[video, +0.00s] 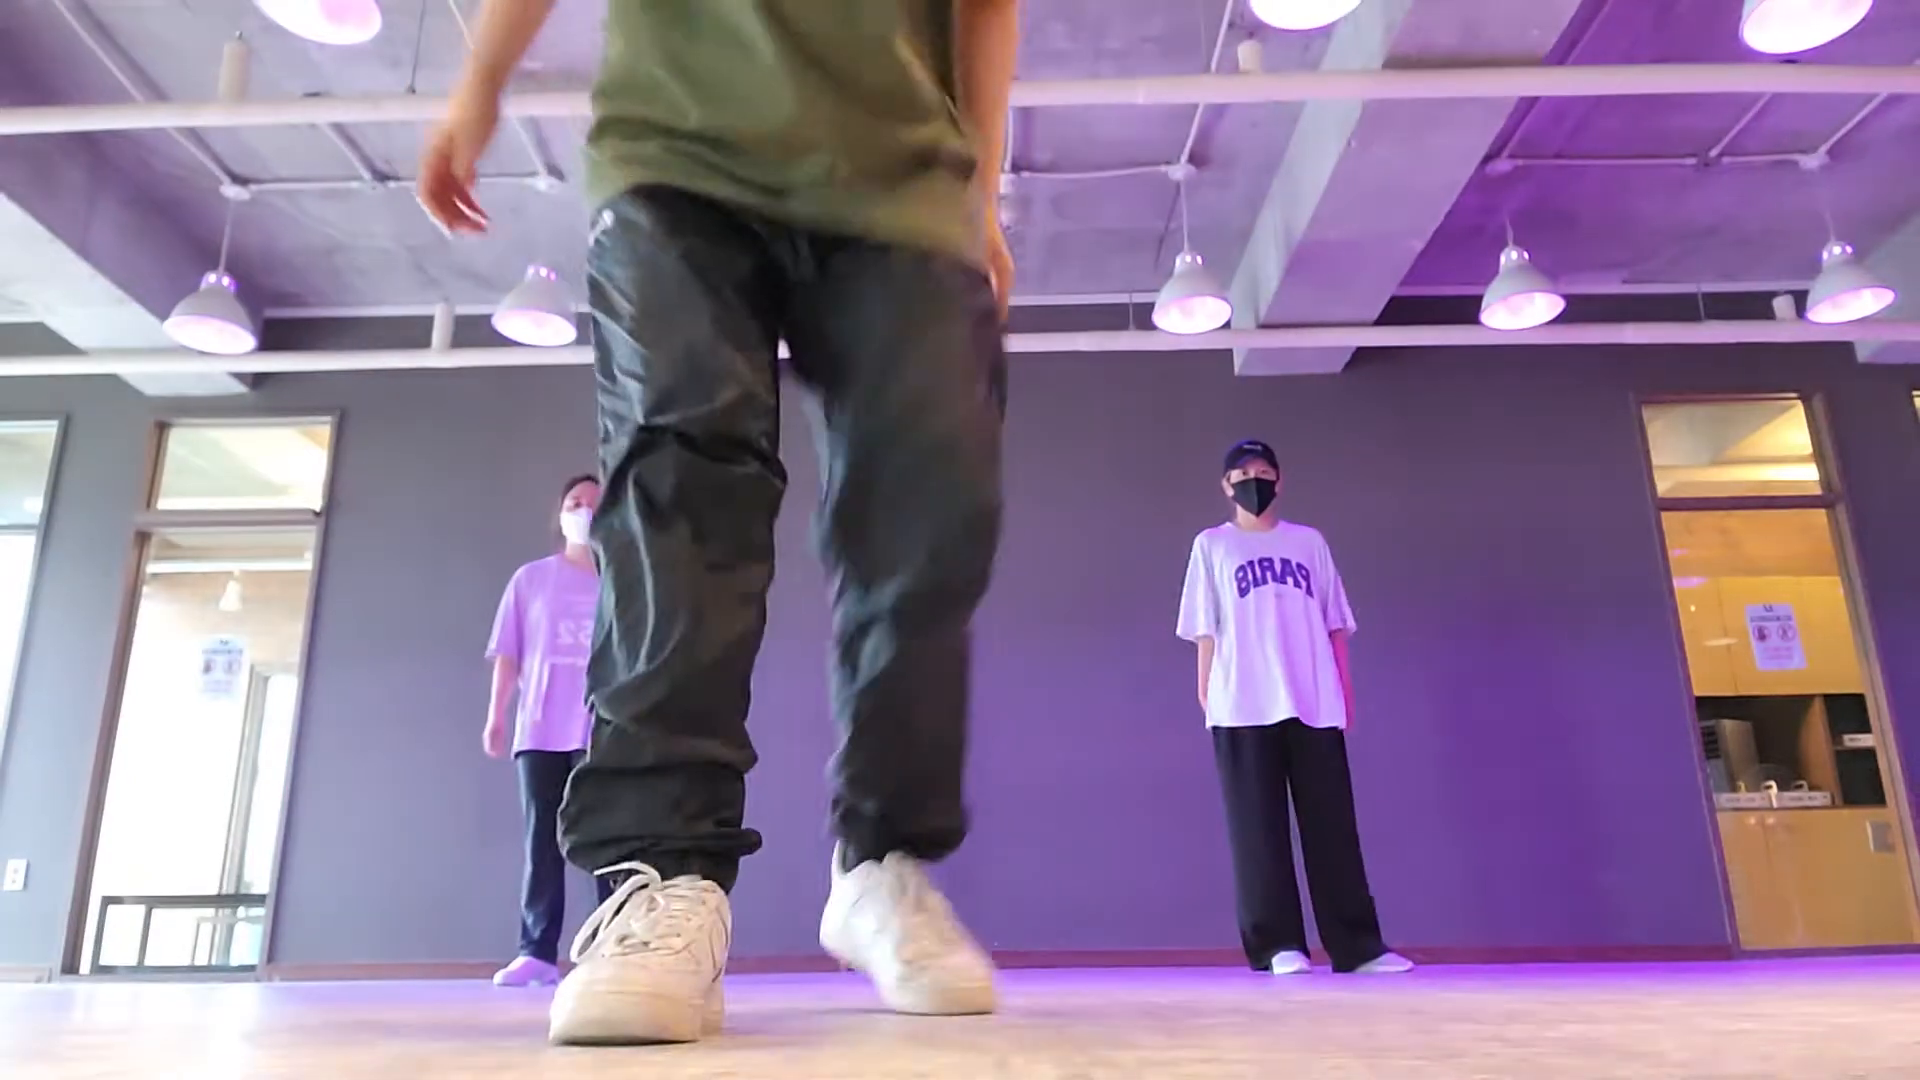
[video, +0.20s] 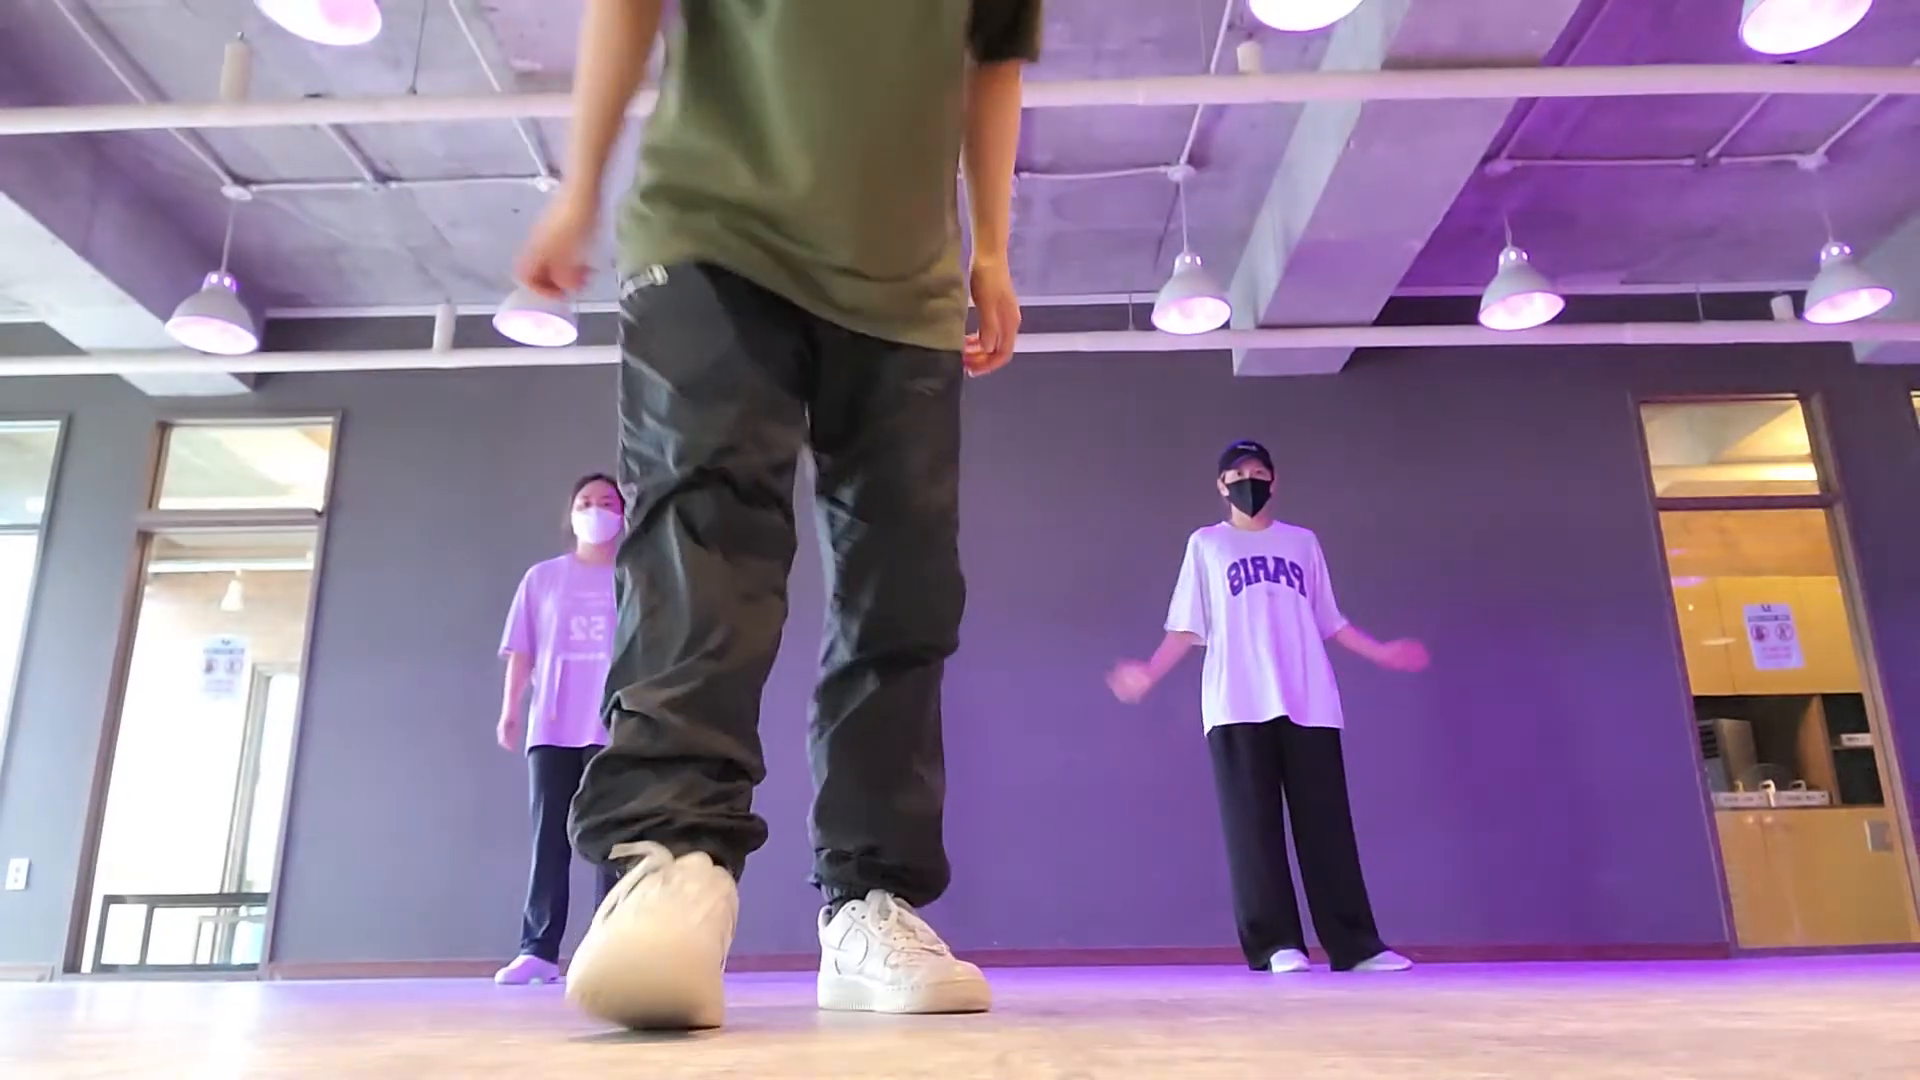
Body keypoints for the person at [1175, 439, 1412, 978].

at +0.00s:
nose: (1253, 479)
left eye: (1262, 471)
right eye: (1242, 472)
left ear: (1278, 481)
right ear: (1227, 485)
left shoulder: (1310, 542)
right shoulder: (1211, 546)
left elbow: (1335, 630)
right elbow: (1207, 638)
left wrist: (1345, 698)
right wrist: (1208, 709)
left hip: (1313, 704)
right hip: (1244, 709)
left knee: (1333, 829)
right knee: (1261, 834)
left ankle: (1359, 948)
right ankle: (1278, 948)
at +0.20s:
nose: (1249, 482)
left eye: (1258, 473)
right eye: (1238, 475)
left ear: (1274, 481)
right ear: (1222, 485)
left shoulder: (1304, 543)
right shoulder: (1206, 545)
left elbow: (1331, 624)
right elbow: (1187, 629)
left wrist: (1382, 652)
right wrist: (1147, 673)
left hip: (1309, 704)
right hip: (1239, 708)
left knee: (1327, 827)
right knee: (1255, 833)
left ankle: (1356, 949)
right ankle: (1275, 947)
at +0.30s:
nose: (1247, 483)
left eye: (1256, 474)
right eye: (1235, 475)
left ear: (1270, 483)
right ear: (1218, 485)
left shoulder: (1299, 543)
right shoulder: (1199, 544)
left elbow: (1340, 607)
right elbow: (1171, 613)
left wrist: (1366, 619)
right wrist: (1155, 633)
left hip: (1305, 699)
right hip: (1235, 702)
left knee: (1324, 823)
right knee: (1252, 831)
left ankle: (1355, 947)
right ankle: (1273, 946)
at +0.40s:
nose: (1246, 484)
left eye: (1255, 475)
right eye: (1234, 476)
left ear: (1270, 483)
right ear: (1218, 485)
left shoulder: (1299, 544)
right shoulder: (1199, 544)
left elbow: (1348, 609)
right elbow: (1170, 618)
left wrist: (1375, 599)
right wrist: (1144, 613)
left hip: (1305, 705)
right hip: (1233, 708)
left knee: (1324, 826)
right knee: (1250, 834)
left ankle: (1357, 949)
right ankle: (1274, 948)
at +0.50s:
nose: (1244, 480)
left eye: (1254, 472)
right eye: (1233, 473)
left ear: (1267, 484)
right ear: (1217, 486)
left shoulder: (1296, 545)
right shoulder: (1199, 545)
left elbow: (1333, 617)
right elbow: (1183, 624)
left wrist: (1389, 587)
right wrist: (1131, 603)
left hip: (1301, 703)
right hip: (1230, 706)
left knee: (1322, 825)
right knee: (1249, 833)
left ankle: (1356, 946)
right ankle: (1275, 948)